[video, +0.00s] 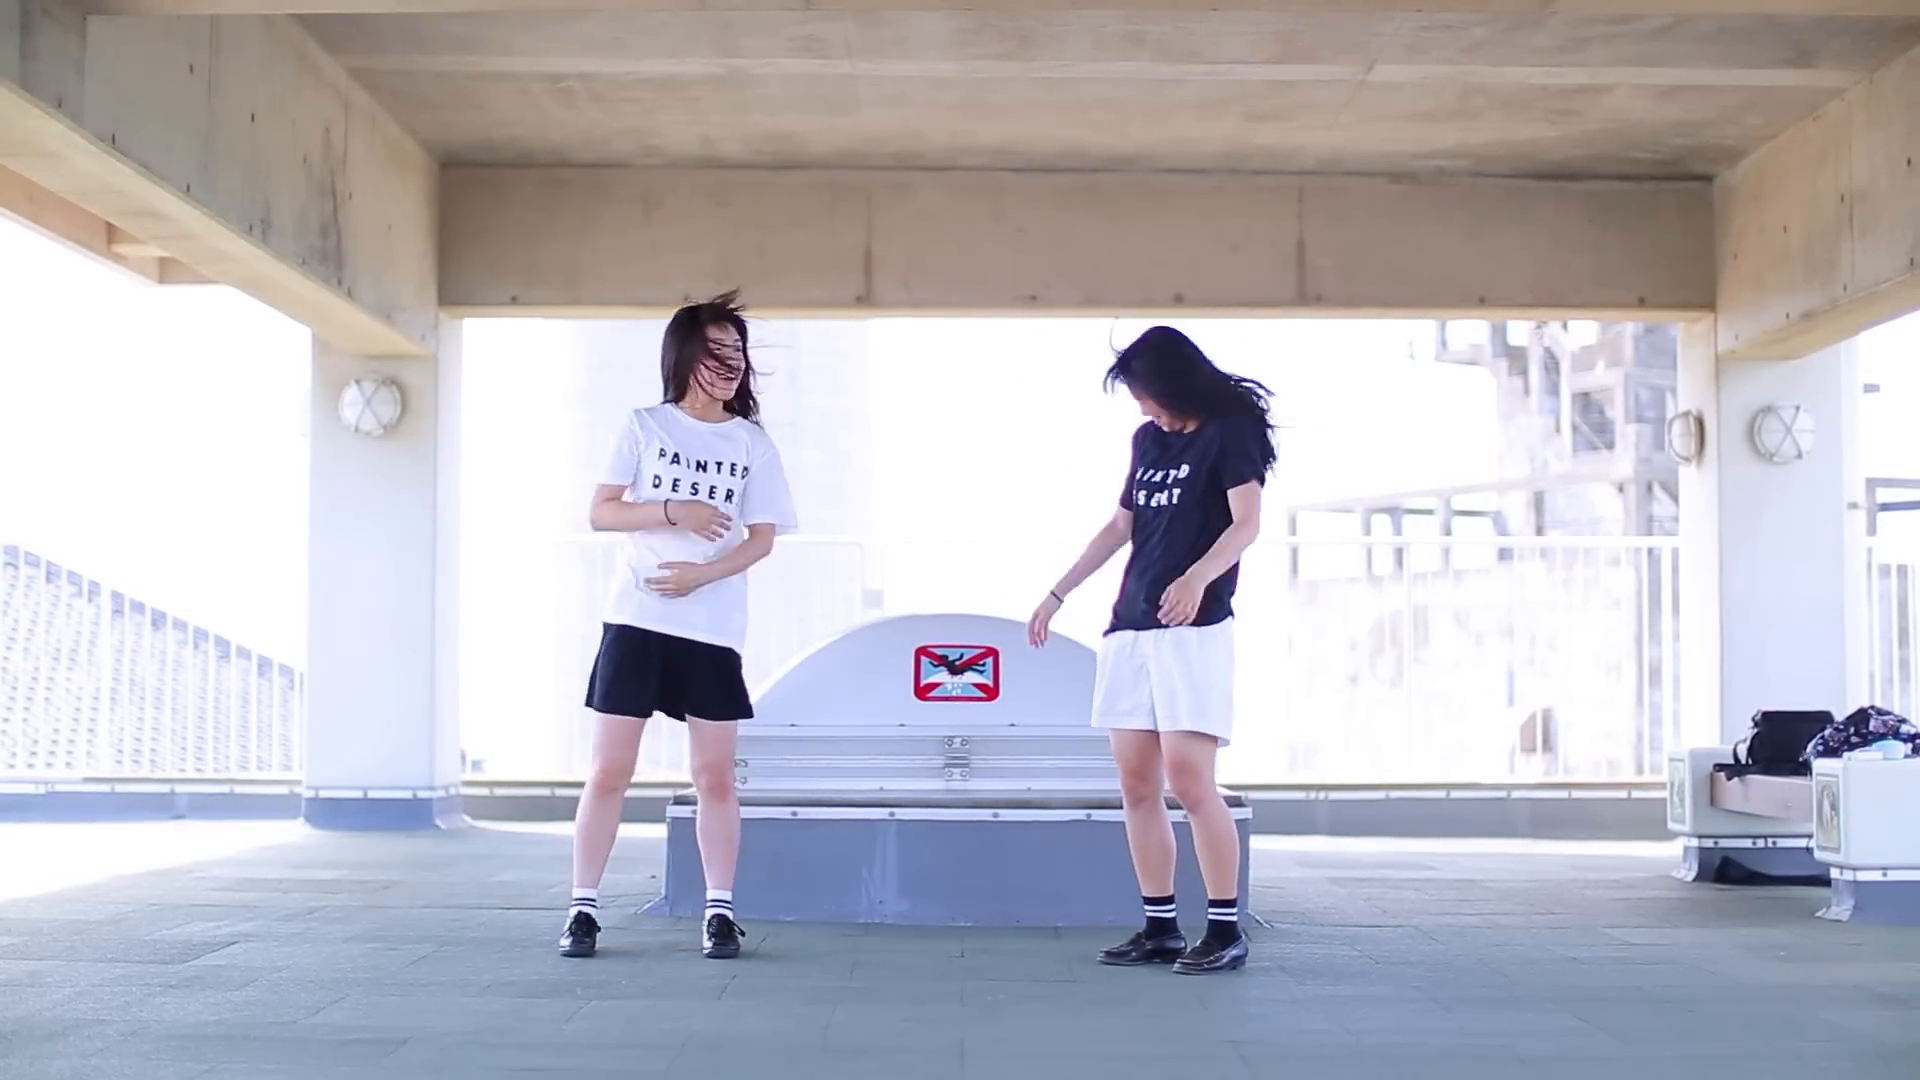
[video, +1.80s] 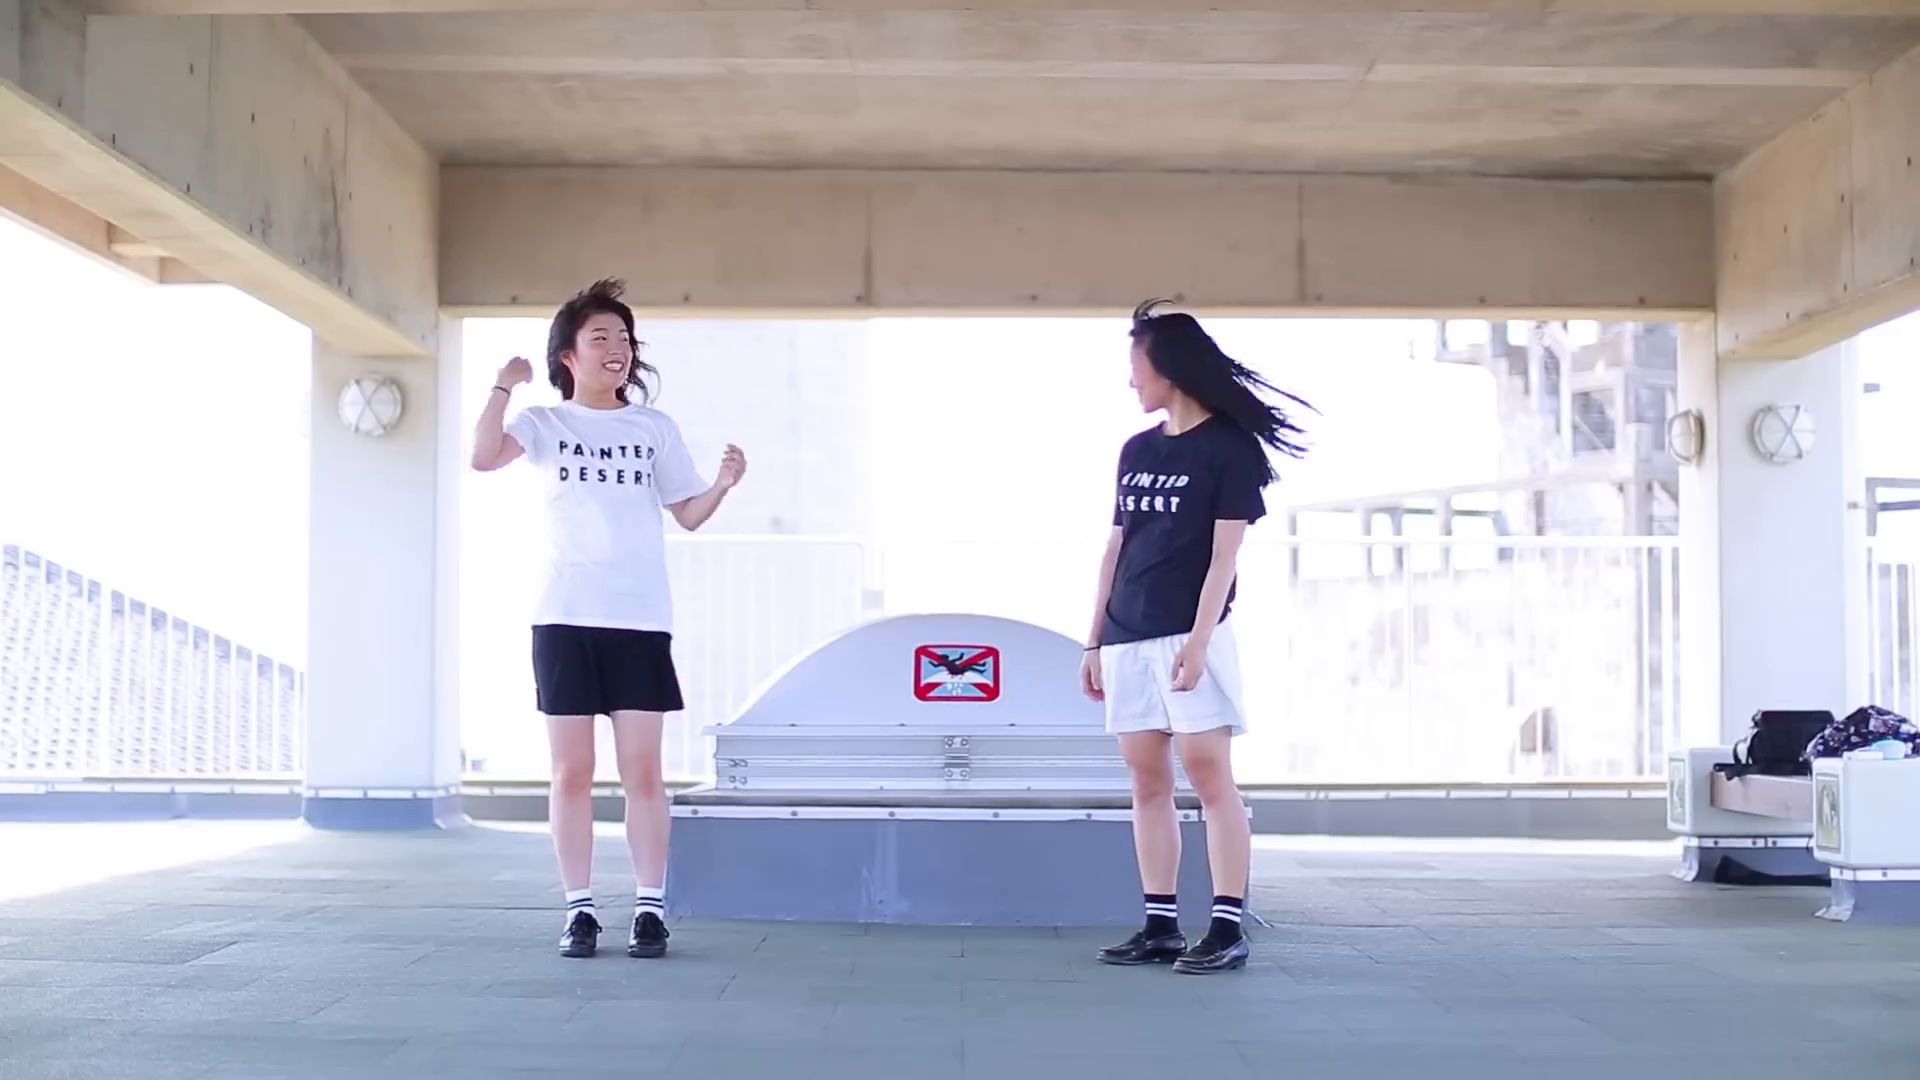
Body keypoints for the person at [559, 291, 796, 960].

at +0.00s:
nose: (726, 363)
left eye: (735, 353)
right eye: (712, 351)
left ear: (746, 361)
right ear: (682, 355)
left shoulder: (753, 441)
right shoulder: (646, 424)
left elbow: (763, 538)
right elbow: (601, 512)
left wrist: (704, 573)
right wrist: (676, 510)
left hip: (712, 630)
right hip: (636, 621)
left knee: (716, 778)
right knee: (609, 774)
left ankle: (719, 911)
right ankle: (583, 908)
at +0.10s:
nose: (699, 359)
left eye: (710, 349)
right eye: (686, 348)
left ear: (723, 357)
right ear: (658, 355)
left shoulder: (738, 438)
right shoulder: (630, 422)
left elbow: (749, 538)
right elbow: (580, 500)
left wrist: (713, 601)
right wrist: (640, 453)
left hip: (700, 626)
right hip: (624, 619)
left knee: (709, 779)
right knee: (602, 775)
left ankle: (718, 912)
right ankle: (582, 910)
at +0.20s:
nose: (671, 358)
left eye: (682, 347)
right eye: (656, 348)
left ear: (700, 356)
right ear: (632, 358)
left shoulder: (724, 438)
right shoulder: (616, 422)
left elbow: (742, 533)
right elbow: (561, 471)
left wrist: (728, 617)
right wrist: (610, 395)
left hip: (688, 630)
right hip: (609, 621)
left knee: (701, 780)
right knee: (594, 774)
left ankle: (718, 910)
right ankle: (581, 909)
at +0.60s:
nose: (598, 361)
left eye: (615, 350)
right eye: (592, 350)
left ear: (644, 364)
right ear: (583, 360)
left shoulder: (667, 434)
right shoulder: (563, 425)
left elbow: (707, 516)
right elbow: (486, 440)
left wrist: (681, 564)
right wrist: (538, 381)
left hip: (640, 622)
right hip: (565, 619)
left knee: (657, 780)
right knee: (570, 774)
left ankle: (672, 905)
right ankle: (579, 909)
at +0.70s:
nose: (579, 350)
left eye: (595, 341)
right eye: (580, 340)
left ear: (632, 363)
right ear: (581, 358)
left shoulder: (666, 430)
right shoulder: (564, 423)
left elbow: (705, 515)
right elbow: (488, 456)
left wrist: (661, 511)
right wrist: (519, 389)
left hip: (639, 621)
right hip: (564, 617)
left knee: (639, 780)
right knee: (570, 774)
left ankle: (645, 909)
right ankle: (578, 910)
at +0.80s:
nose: (579, 355)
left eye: (594, 346)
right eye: (580, 344)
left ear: (632, 363)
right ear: (585, 357)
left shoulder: (667, 430)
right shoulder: (563, 425)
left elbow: (702, 497)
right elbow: (494, 467)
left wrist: (635, 453)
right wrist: (521, 393)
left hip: (637, 621)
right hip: (564, 618)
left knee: (637, 780)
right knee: (571, 774)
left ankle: (648, 907)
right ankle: (577, 910)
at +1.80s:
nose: (614, 349)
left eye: (623, 339)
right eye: (598, 339)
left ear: (633, 352)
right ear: (568, 353)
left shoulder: (655, 427)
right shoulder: (547, 417)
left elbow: (689, 516)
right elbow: (485, 457)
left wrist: (721, 485)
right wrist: (500, 392)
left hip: (641, 619)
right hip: (565, 618)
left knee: (642, 772)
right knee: (573, 773)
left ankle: (649, 906)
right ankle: (579, 909)